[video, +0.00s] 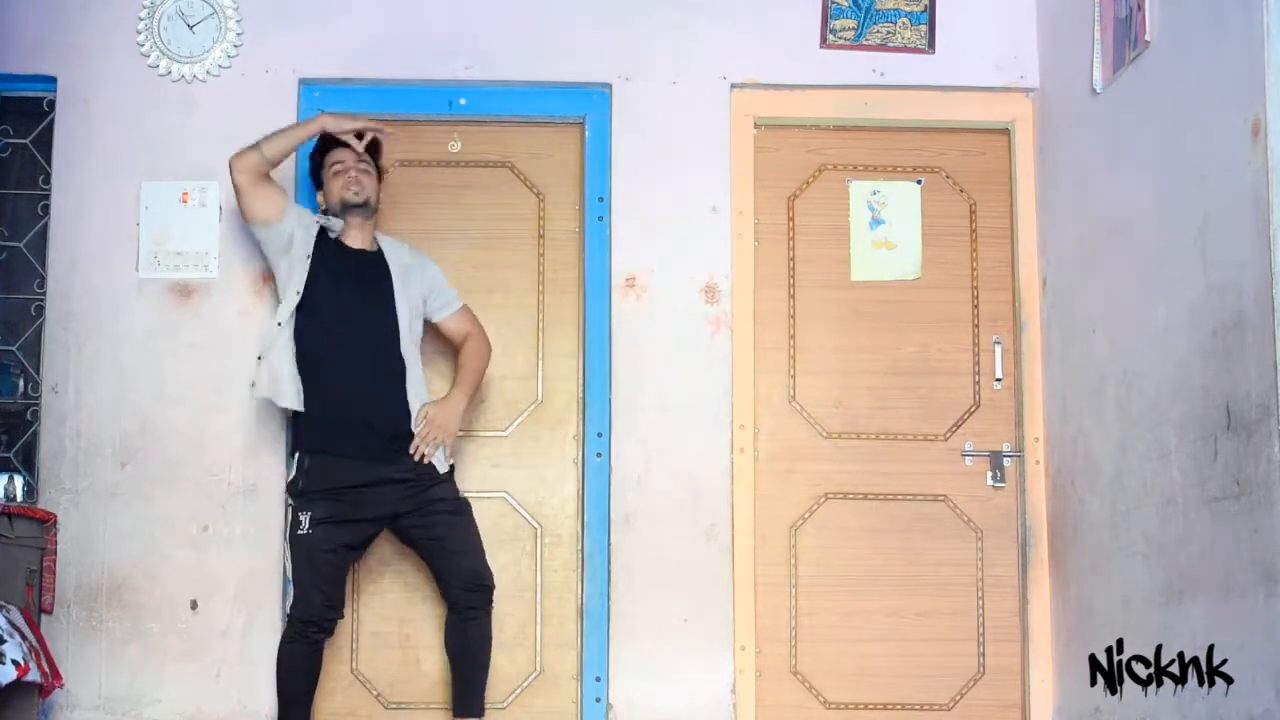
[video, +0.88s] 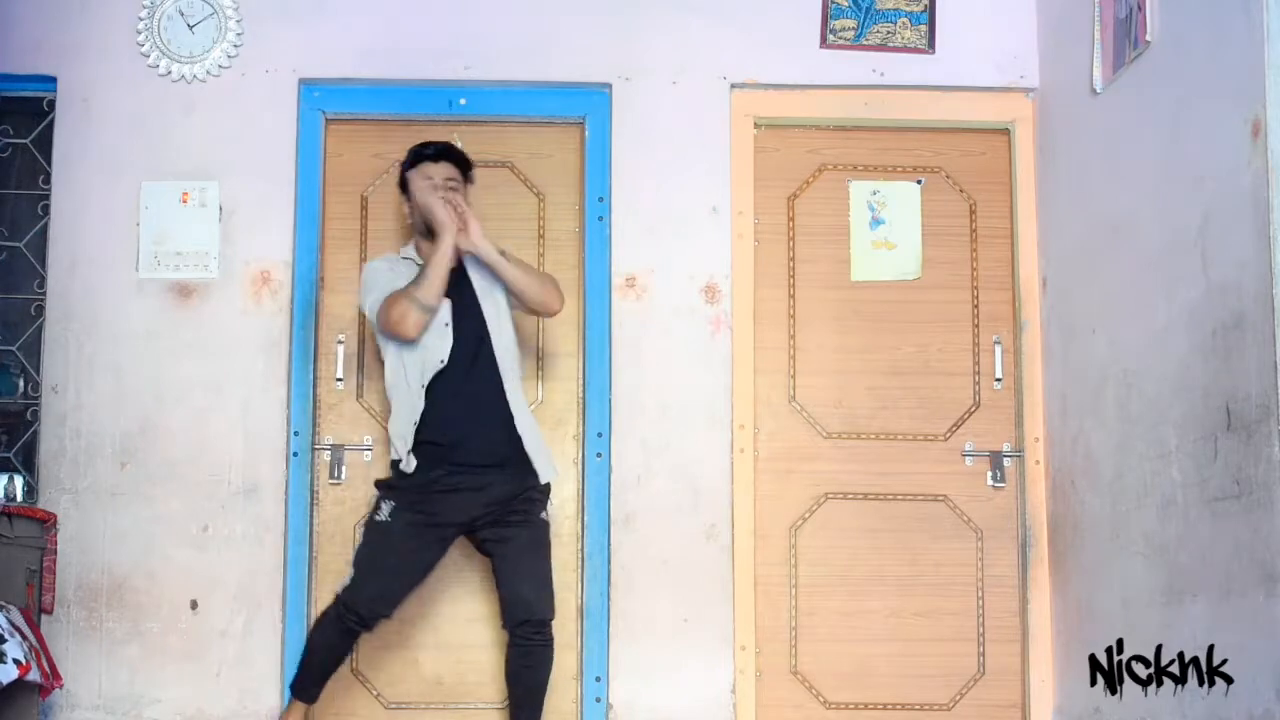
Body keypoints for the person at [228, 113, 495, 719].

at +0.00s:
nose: (354, 172)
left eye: (364, 166)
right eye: (340, 169)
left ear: (379, 188)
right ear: (322, 192)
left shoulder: (411, 265)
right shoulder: (296, 241)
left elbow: (474, 339)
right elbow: (245, 168)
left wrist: (457, 403)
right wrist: (317, 125)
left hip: (412, 467)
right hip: (327, 472)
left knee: (472, 588)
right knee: (311, 618)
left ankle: (469, 715)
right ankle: (292, 718)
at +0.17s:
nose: (367, 188)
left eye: (378, 180)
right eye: (353, 181)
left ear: (395, 196)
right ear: (333, 200)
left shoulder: (429, 266)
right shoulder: (308, 270)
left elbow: (502, 335)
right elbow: (272, 332)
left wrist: (444, 309)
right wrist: (313, 246)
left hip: (405, 483)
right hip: (318, 481)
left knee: (446, 621)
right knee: (299, 626)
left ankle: (478, 715)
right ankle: (289, 719)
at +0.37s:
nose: (352, 201)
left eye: (365, 193)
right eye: (339, 193)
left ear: (384, 210)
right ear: (325, 212)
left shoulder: (413, 263)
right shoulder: (304, 288)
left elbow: (503, 297)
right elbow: (334, 348)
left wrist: (499, 282)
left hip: (424, 486)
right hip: (337, 494)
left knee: (483, 598)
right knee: (315, 630)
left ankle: (494, 711)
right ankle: (294, 719)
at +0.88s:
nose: (441, 196)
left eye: (451, 185)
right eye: (427, 186)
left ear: (468, 197)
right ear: (405, 199)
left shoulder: (492, 269)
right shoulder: (384, 271)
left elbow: (551, 301)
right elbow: (405, 325)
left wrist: (481, 248)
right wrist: (446, 242)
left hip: (513, 482)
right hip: (424, 484)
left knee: (533, 628)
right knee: (360, 608)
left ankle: (525, 719)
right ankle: (297, 708)